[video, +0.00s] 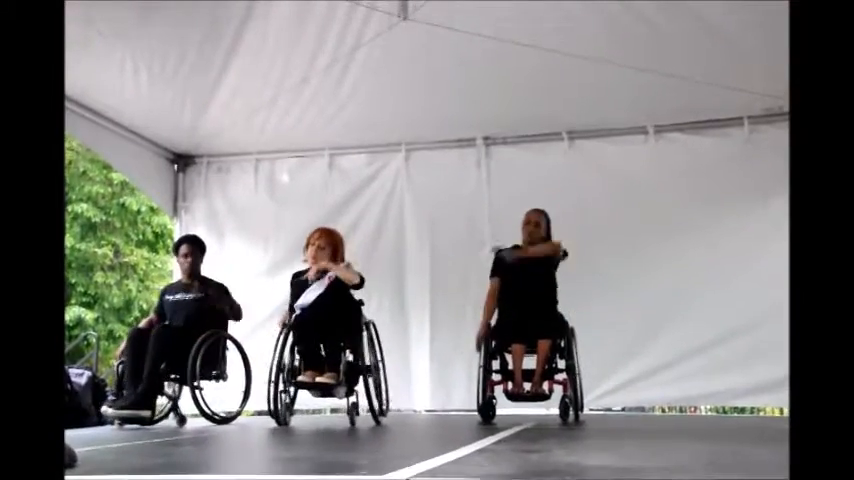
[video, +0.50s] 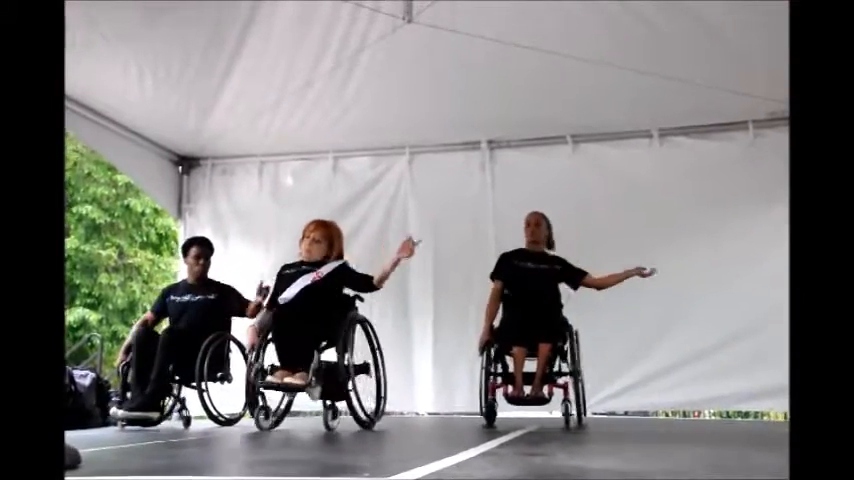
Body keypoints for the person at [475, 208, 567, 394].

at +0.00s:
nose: (531, 228)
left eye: (538, 224)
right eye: (527, 223)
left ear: (546, 229)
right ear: (522, 227)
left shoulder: (552, 251)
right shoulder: (505, 255)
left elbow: (553, 249)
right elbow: (493, 291)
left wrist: (520, 252)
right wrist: (485, 324)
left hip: (542, 311)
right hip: (514, 311)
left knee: (547, 326)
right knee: (517, 328)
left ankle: (537, 382)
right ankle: (517, 382)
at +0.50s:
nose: (532, 229)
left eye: (537, 225)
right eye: (528, 225)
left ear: (547, 231)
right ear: (523, 230)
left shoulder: (556, 263)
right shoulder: (508, 259)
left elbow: (596, 283)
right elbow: (495, 296)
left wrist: (631, 272)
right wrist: (487, 329)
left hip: (546, 318)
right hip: (516, 317)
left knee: (549, 327)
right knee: (519, 327)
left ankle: (537, 386)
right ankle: (518, 385)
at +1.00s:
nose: (538, 231)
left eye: (544, 226)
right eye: (535, 227)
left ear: (556, 231)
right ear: (532, 232)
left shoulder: (565, 260)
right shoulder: (524, 259)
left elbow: (567, 294)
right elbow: (518, 292)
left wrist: (556, 262)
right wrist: (514, 313)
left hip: (554, 314)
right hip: (528, 313)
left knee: (532, 323)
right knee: (509, 319)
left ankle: (523, 381)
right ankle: (504, 381)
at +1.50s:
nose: (548, 242)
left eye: (553, 236)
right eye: (546, 237)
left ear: (568, 239)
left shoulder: (572, 266)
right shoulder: (566, 265)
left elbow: (558, 301)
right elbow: (562, 300)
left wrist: (545, 283)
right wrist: (550, 285)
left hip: (562, 333)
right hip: (558, 329)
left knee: (499, 326)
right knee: (500, 325)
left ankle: (497, 382)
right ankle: (498, 381)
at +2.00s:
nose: (599, 241)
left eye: (598, 237)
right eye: (597, 237)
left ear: (575, 242)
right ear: (594, 239)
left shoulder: (561, 266)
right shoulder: (610, 263)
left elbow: (545, 305)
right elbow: (624, 301)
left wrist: (563, 295)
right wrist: (619, 330)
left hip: (569, 338)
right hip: (599, 336)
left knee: (551, 326)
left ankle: (555, 380)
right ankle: (579, 383)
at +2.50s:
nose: (606, 243)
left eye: (606, 238)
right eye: (601, 239)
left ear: (592, 242)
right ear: (588, 242)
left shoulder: (593, 264)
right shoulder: (582, 265)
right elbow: (569, 294)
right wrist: (579, 330)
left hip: (607, 325)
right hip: (597, 329)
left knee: (655, 329)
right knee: (655, 330)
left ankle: (660, 384)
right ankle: (660, 385)